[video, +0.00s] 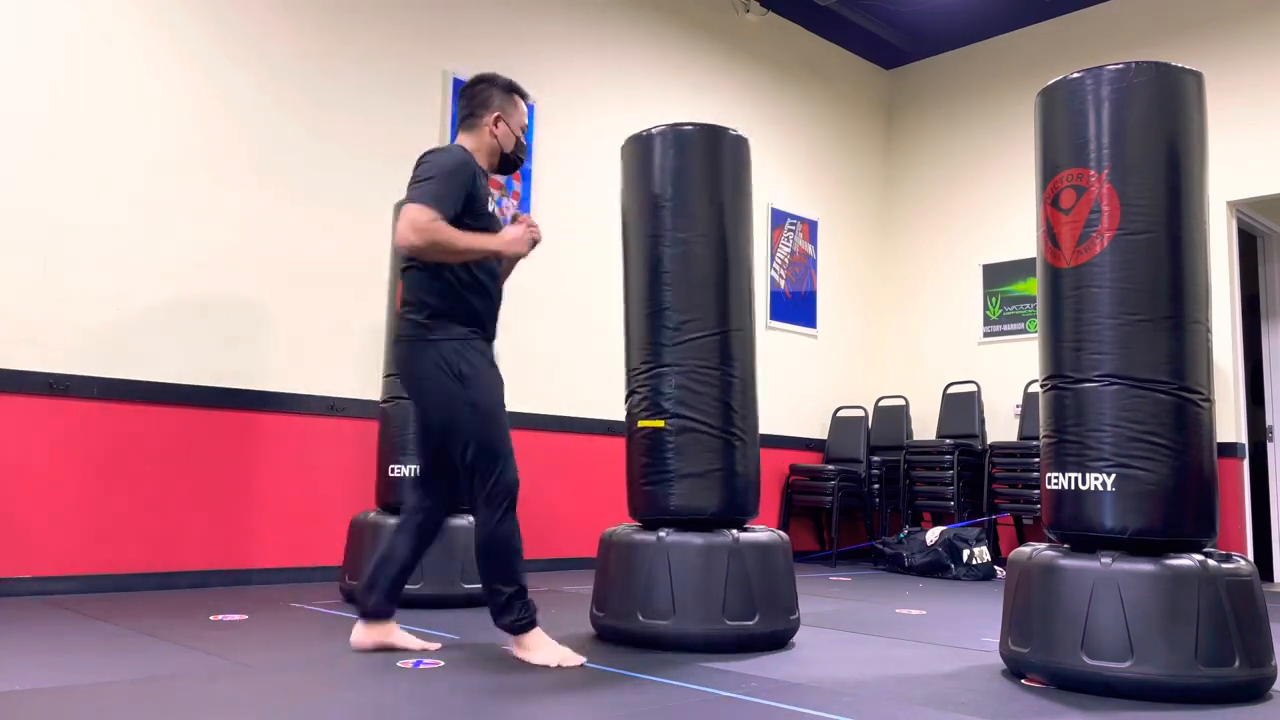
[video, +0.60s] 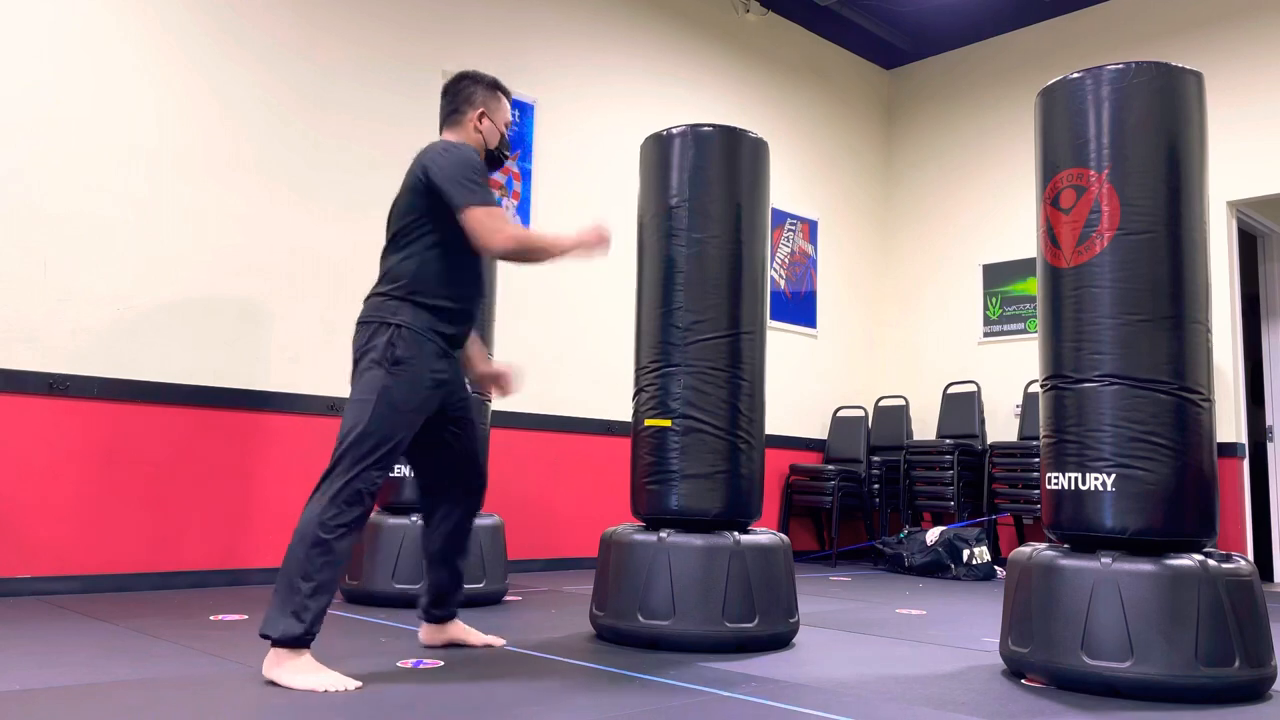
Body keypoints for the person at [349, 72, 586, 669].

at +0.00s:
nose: (522, 140)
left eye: (523, 130)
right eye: (520, 128)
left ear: (483, 123)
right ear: (496, 122)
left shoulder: (474, 183)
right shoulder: (450, 162)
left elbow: (478, 280)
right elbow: (413, 232)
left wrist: (513, 249)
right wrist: (498, 241)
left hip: (447, 348)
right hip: (447, 349)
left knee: (438, 492)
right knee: (496, 485)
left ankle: (375, 620)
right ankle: (522, 631)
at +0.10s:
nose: (519, 140)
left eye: (521, 130)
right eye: (516, 125)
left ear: (483, 122)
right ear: (487, 117)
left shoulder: (470, 183)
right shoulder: (442, 160)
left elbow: (473, 280)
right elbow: (401, 234)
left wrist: (504, 240)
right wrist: (486, 249)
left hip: (420, 333)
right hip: (420, 331)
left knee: (410, 481)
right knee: (494, 457)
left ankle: (370, 622)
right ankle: (446, 611)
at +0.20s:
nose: (510, 133)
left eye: (513, 124)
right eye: (510, 121)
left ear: (473, 111)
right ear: (484, 109)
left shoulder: (456, 162)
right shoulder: (442, 146)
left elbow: (458, 256)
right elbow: (409, 223)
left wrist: (489, 225)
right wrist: (488, 236)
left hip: (410, 325)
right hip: (414, 324)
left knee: (399, 467)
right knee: (455, 468)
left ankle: (372, 619)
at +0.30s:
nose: (505, 136)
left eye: (507, 126)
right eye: (504, 123)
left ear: (469, 115)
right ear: (478, 112)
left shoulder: (450, 167)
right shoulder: (438, 152)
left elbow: (437, 243)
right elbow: (417, 228)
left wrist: (488, 233)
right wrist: (490, 257)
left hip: (428, 336)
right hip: (403, 330)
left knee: (410, 487)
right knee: (385, 485)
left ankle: (370, 626)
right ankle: (291, 639)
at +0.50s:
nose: (506, 132)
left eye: (508, 122)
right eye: (505, 119)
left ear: (466, 111)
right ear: (481, 109)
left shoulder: (457, 174)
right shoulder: (440, 147)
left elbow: (451, 287)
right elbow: (434, 234)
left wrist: (517, 307)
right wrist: (511, 293)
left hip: (432, 346)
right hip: (395, 334)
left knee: (444, 479)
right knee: (351, 484)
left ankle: (401, 609)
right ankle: (286, 645)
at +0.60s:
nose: (506, 137)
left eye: (507, 128)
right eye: (503, 125)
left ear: (465, 118)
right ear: (480, 116)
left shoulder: (455, 178)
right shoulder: (450, 155)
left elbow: (443, 289)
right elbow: (496, 236)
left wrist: (478, 361)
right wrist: (570, 242)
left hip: (441, 350)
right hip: (403, 333)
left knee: (458, 482)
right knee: (351, 487)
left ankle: (439, 621)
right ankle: (287, 648)